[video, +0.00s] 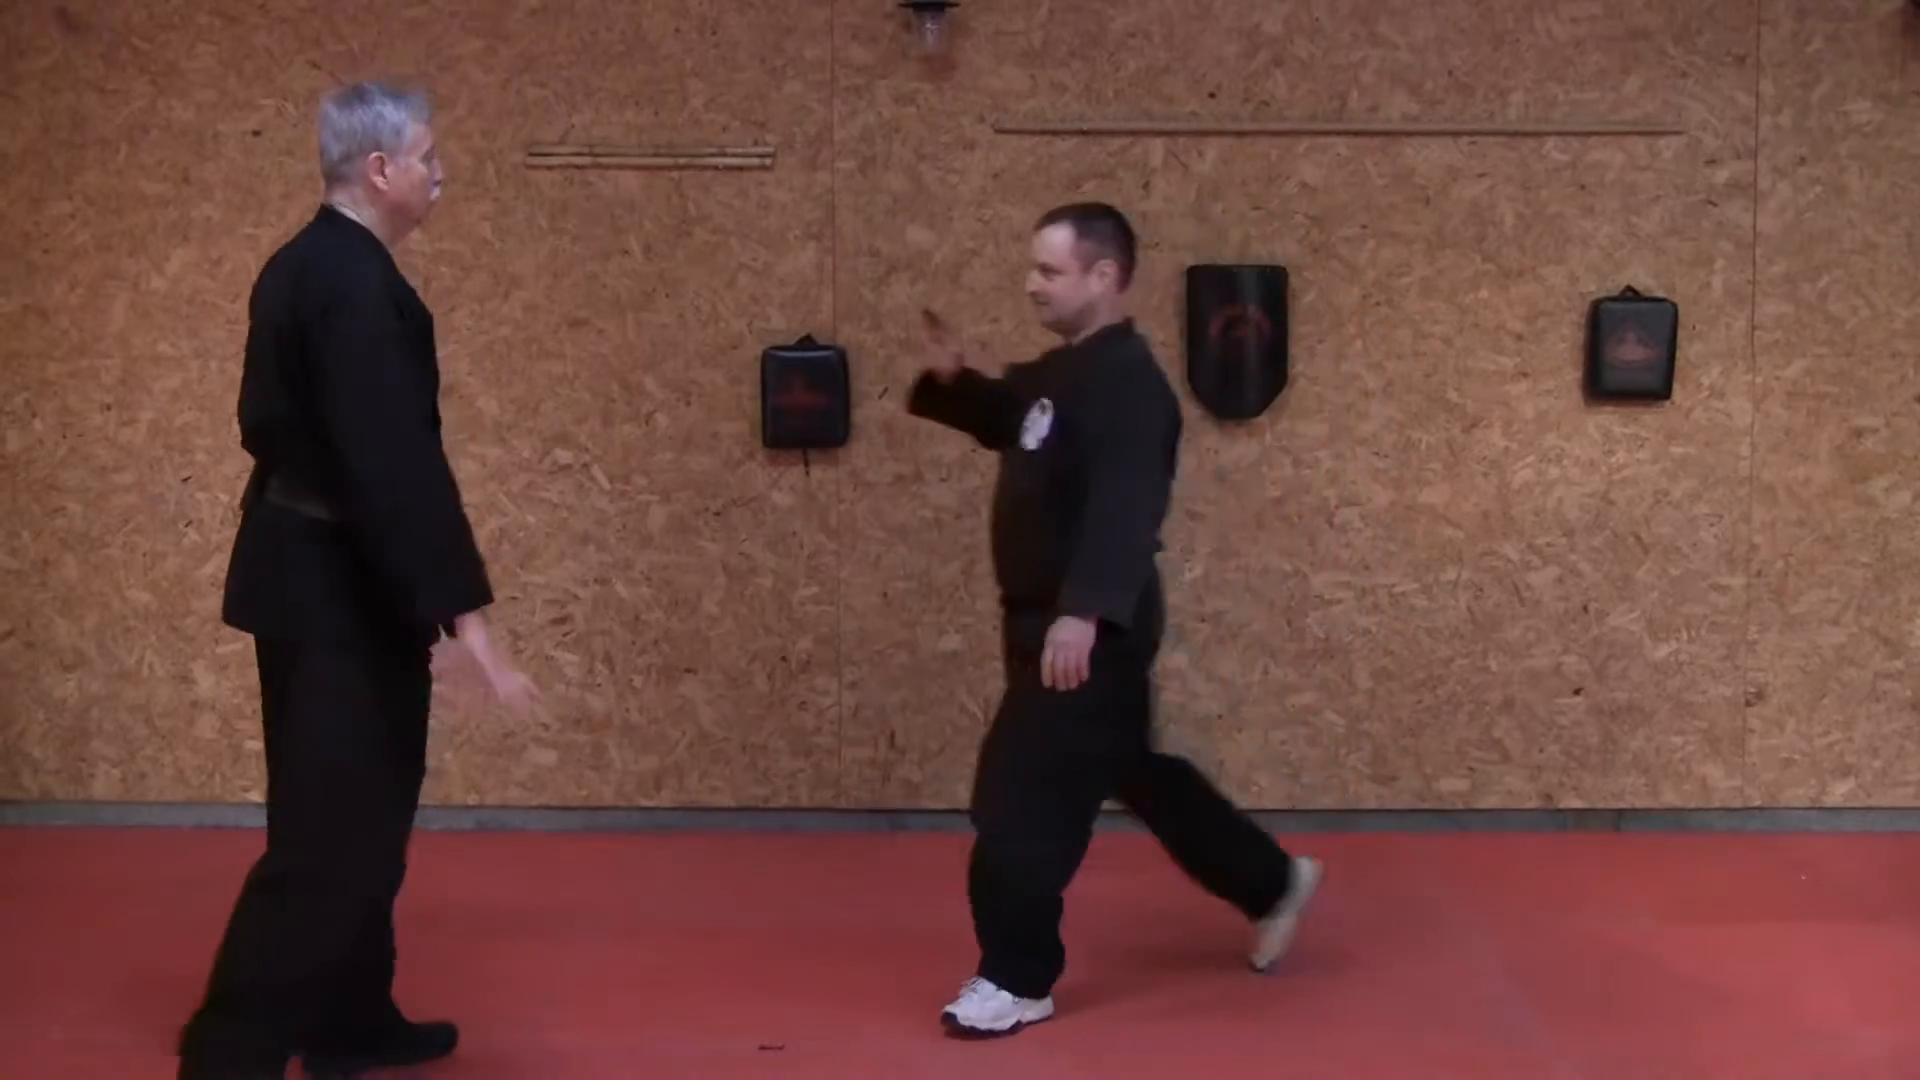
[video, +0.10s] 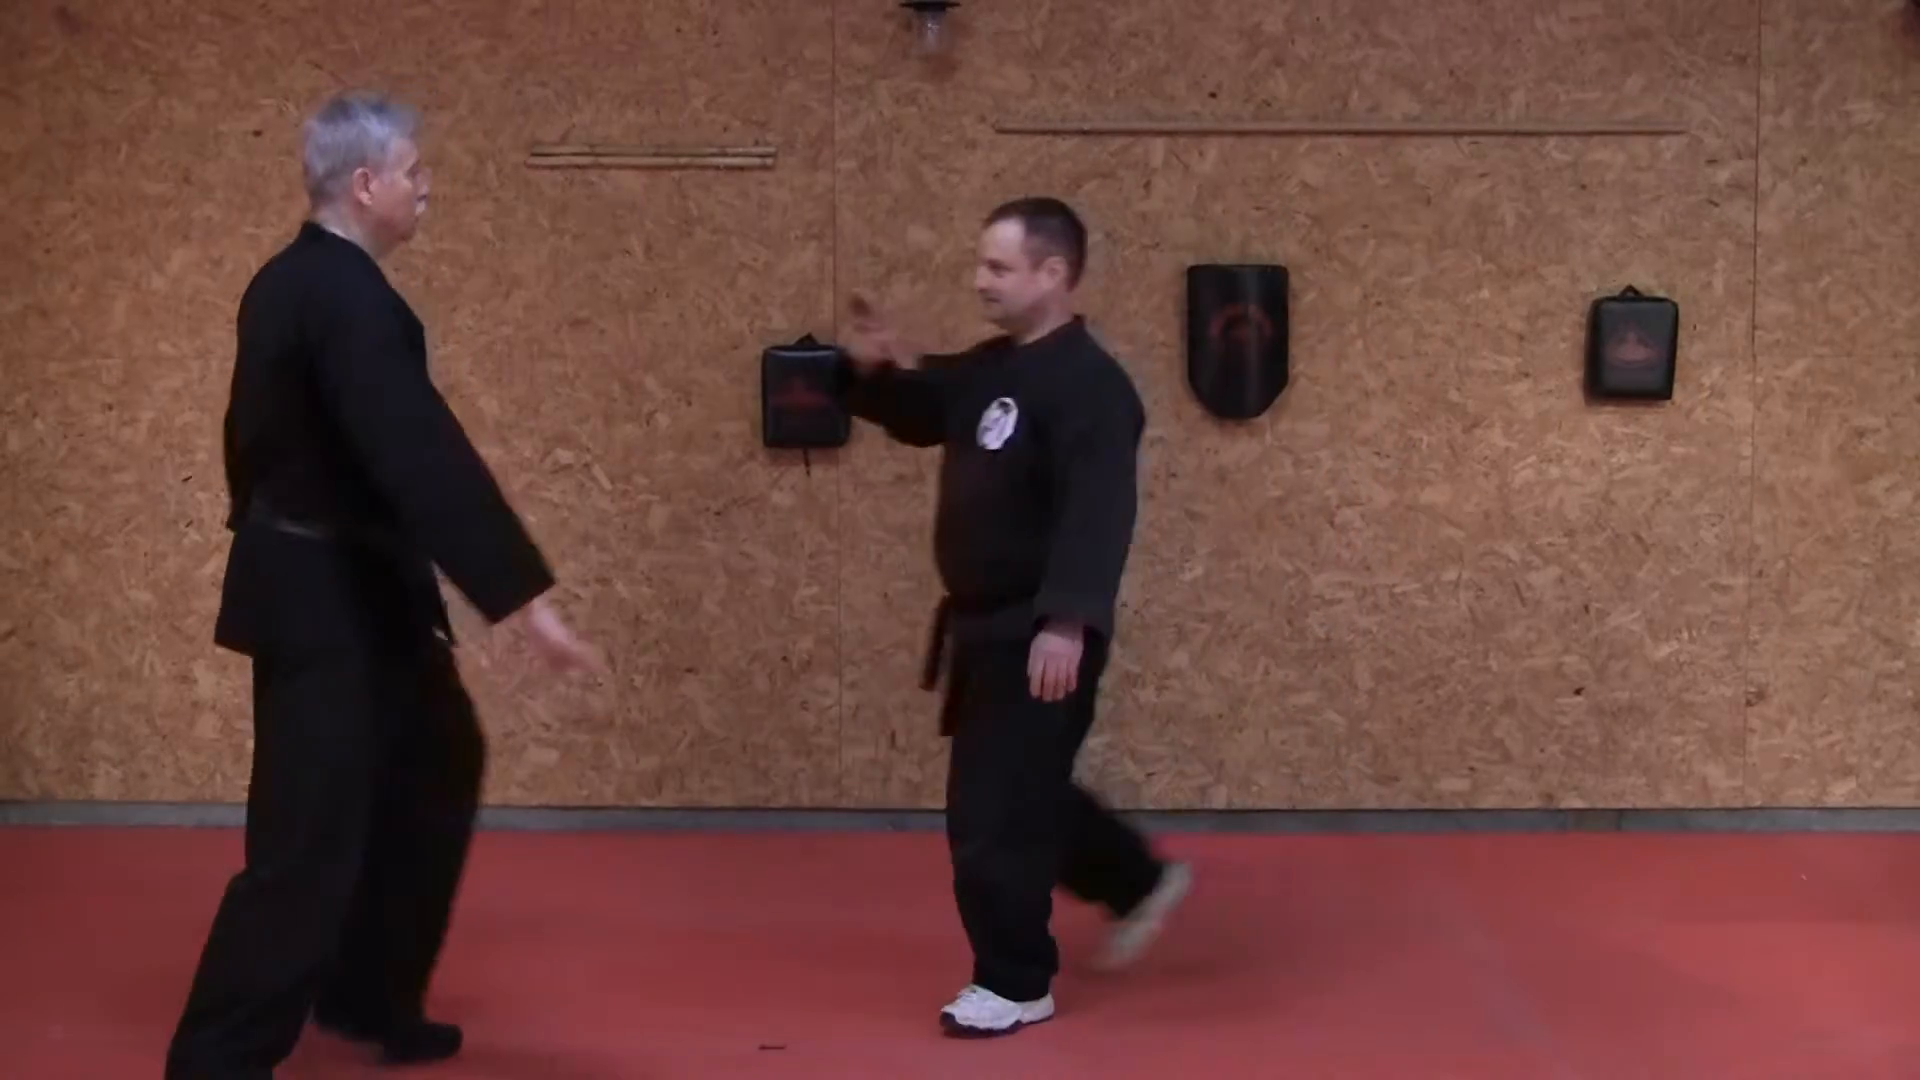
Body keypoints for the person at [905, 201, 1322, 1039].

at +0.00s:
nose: (1033, 286)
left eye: (1049, 272)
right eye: (1033, 271)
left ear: (1106, 277)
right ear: (1079, 277)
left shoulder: (1129, 381)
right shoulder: (1061, 367)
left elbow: (1126, 510)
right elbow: (1011, 412)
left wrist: (1083, 612)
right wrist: (949, 382)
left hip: (1090, 630)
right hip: (1046, 622)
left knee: (1018, 793)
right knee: (1130, 770)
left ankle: (1019, 976)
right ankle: (1273, 884)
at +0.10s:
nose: (981, 281)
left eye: (999, 268)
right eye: (980, 267)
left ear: (1057, 273)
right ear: (1004, 274)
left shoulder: (1092, 385)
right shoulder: (984, 371)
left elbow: (1100, 515)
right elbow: (920, 416)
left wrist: (1068, 623)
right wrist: (873, 371)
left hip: (1040, 629)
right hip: (981, 623)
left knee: (996, 802)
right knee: (1007, 789)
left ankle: (1016, 981)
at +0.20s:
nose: (928, 280)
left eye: (945, 267)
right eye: (925, 265)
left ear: (1003, 272)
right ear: (931, 270)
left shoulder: (1047, 382)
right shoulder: (908, 368)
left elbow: (1086, 512)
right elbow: (806, 410)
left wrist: (1063, 625)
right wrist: (777, 367)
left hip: (1005, 639)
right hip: (917, 631)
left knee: (991, 810)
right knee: (878, 789)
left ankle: (1018, 980)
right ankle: (938, 944)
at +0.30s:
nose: (862, 278)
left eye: (882, 265)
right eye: (861, 263)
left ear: (942, 272)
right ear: (864, 268)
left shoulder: (996, 386)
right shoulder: (826, 370)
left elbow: (1054, 508)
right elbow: (720, 399)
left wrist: (1057, 620)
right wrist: (674, 371)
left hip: (958, 642)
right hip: (849, 637)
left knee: (984, 821)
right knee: (785, 799)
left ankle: (1015, 983)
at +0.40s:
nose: (793, 288)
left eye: (812, 275)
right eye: (790, 272)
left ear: (869, 283)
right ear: (790, 277)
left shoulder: (926, 393)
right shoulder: (741, 379)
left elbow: (1001, 494)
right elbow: (628, 399)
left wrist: (1040, 601)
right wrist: (553, 355)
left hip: (898, 652)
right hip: (775, 649)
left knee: (958, 819)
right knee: (690, 807)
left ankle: (1011, 980)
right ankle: (604, 983)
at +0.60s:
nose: (672, 338)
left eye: (694, 323)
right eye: (659, 319)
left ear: (729, 326)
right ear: (639, 320)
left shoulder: (783, 419)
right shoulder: (585, 424)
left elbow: (851, 506)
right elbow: (461, 444)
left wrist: (913, 591)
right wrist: (338, 429)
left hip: (765, 681)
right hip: (638, 689)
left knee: (861, 844)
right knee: (576, 863)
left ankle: (874, 986)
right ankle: (531, 1034)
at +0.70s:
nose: (628, 342)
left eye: (647, 323)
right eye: (614, 324)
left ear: (688, 317)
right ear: (598, 321)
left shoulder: (755, 408)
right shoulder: (564, 420)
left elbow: (823, 492)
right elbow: (448, 451)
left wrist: (882, 580)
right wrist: (327, 432)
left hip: (738, 673)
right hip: (615, 681)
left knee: (801, 845)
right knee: (576, 854)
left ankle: (817, 1011)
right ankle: (522, 1028)